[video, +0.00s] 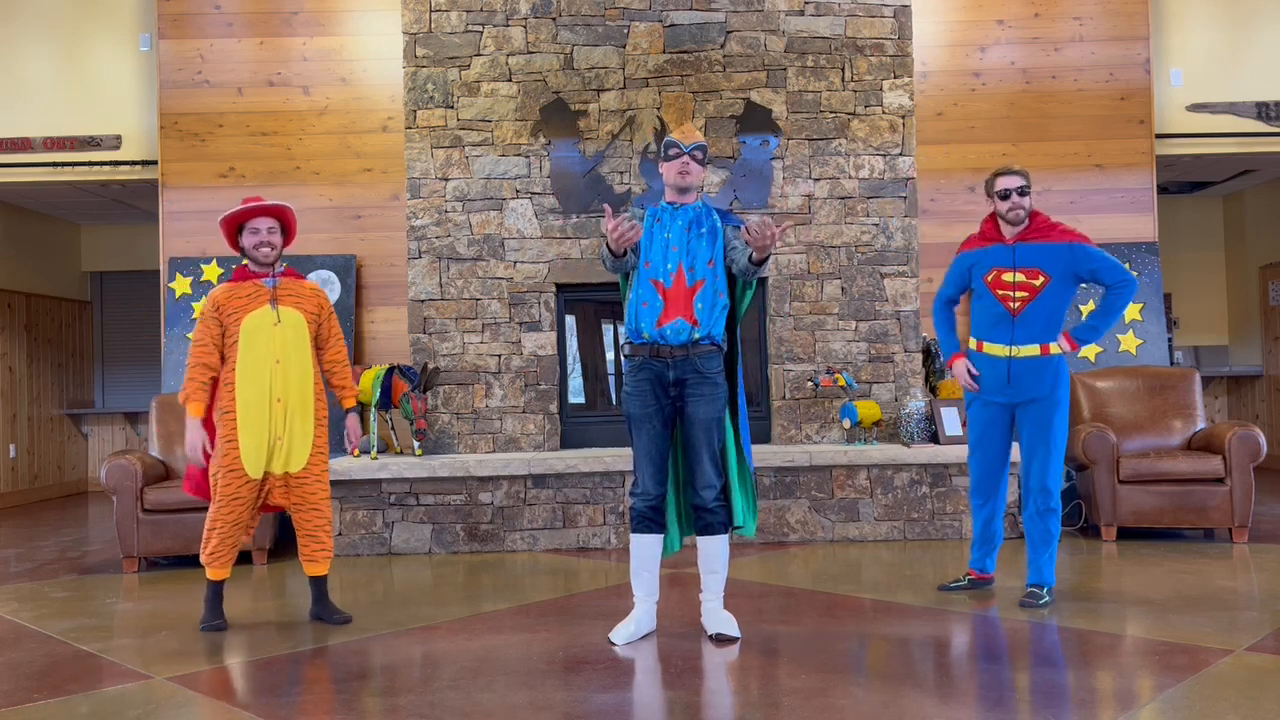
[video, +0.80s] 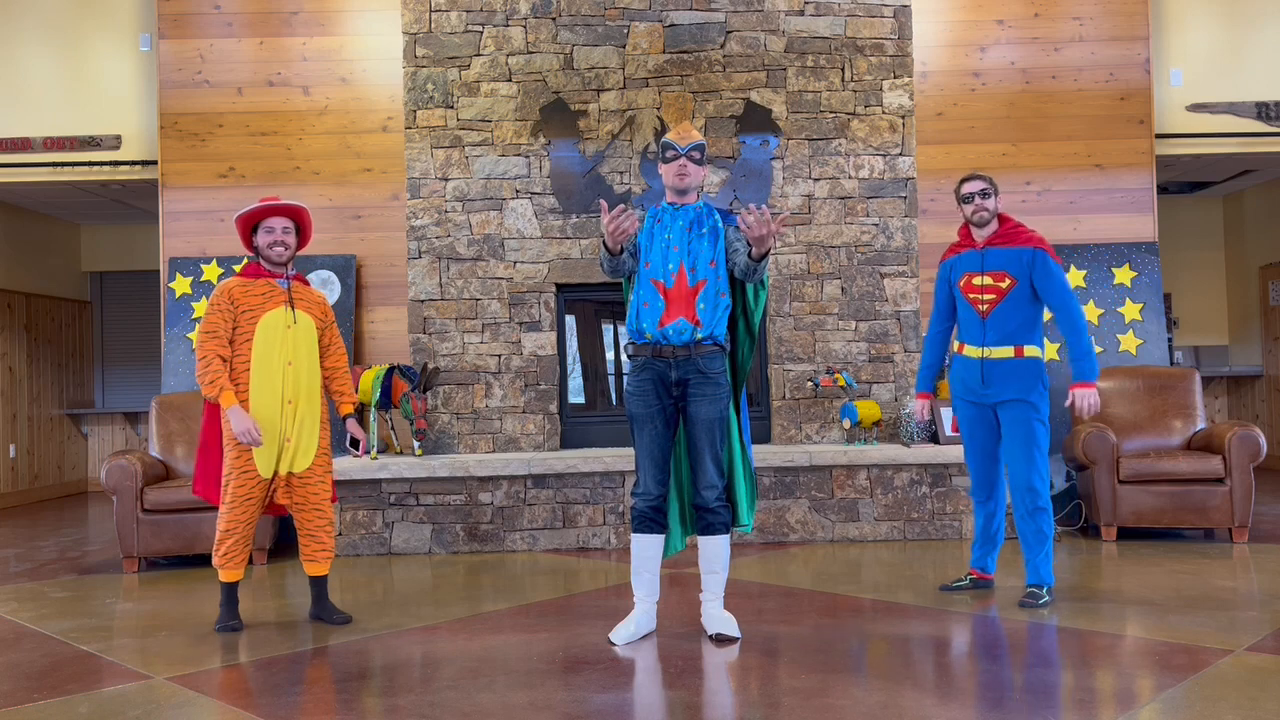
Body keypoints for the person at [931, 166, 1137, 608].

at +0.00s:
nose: (1015, 200)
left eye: (1021, 192)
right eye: (1004, 195)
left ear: (1032, 196)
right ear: (991, 203)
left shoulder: (1065, 247)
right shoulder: (973, 252)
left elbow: (1124, 284)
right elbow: (943, 303)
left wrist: (1080, 337)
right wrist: (953, 355)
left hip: (1043, 384)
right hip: (986, 385)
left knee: (1041, 487)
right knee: (984, 482)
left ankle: (1040, 582)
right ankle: (981, 571)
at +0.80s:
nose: (978, 203)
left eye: (984, 195)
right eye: (968, 198)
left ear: (998, 200)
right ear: (960, 209)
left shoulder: (1030, 253)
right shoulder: (952, 263)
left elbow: (1069, 313)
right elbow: (939, 329)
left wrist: (1085, 377)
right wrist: (923, 389)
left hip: (1020, 387)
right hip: (969, 388)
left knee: (1028, 484)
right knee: (984, 484)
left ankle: (1039, 582)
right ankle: (982, 572)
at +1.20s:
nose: (976, 200)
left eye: (983, 194)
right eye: (967, 195)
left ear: (994, 203)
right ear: (955, 206)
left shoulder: (1021, 254)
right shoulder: (940, 262)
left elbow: (1045, 315)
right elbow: (924, 323)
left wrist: (1047, 361)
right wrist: (920, 372)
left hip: (1013, 388)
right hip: (960, 391)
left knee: (1021, 483)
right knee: (976, 484)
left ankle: (1037, 578)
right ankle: (980, 571)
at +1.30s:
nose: (976, 200)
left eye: (983, 194)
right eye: (967, 195)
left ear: (995, 204)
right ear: (956, 207)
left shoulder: (1022, 254)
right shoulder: (940, 262)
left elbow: (1046, 316)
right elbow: (926, 325)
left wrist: (1054, 371)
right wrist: (919, 381)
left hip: (1012, 386)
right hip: (959, 390)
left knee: (1021, 483)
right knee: (976, 485)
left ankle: (1037, 579)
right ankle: (980, 571)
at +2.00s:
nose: (1003, 200)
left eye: (1011, 194)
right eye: (995, 194)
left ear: (1022, 201)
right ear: (983, 200)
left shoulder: (1046, 252)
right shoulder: (963, 257)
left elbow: (1072, 315)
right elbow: (948, 325)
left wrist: (1076, 368)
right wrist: (936, 384)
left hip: (1033, 390)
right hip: (976, 392)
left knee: (1035, 487)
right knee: (980, 485)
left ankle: (1040, 580)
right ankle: (980, 572)